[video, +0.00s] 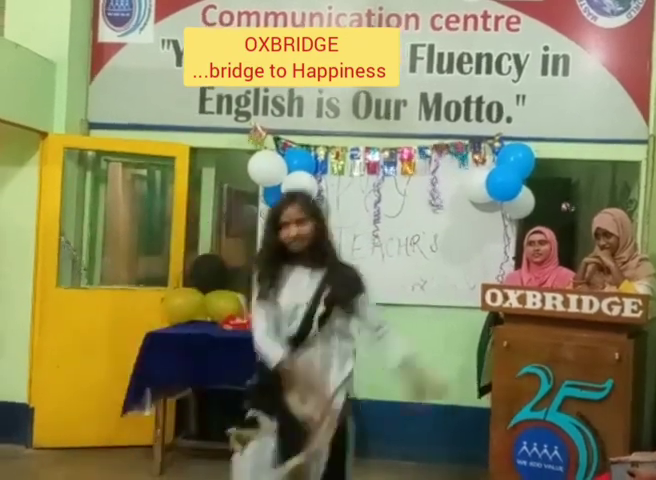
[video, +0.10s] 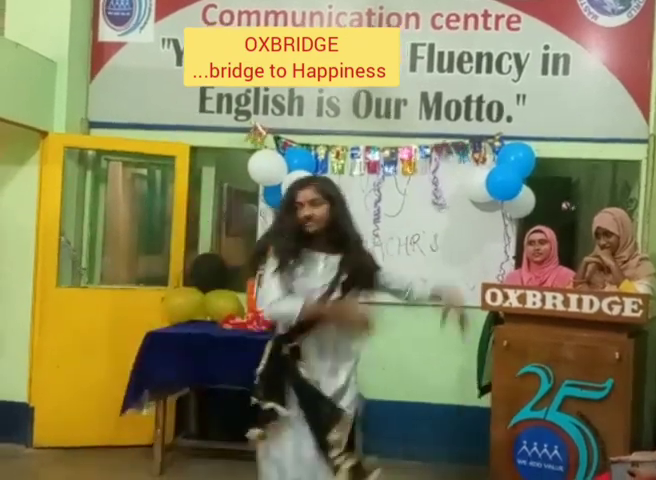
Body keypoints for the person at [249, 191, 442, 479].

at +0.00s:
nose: (293, 232)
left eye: (301, 223)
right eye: (284, 226)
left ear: (317, 225)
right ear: (276, 232)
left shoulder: (341, 277)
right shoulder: (268, 274)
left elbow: (377, 329)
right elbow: (261, 331)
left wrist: (411, 367)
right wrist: (283, 363)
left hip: (330, 394)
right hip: (284, 393)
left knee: (330, 471)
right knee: (286, 468)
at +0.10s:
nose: (306, 213)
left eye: (315, 204)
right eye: (298, 206)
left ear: (333, 208)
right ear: (292, 213)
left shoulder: (353, 260)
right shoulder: (280, 254)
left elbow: (401, 286)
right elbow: (272, 306)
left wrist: (442, 292)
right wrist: (329, 310)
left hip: (336, 382)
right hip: (286, 380)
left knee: (329, 465)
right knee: (285, 462)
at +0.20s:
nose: (321, 218)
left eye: (330, 210)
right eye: (314, 211)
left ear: (347, 216)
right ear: (306, 217)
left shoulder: (360, 259)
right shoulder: (295, 257)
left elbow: (415, 278)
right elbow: (287, 290)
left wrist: (446, 254)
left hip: (349, 379)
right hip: (303, 378)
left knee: (345, 461)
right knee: (303, 459)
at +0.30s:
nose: (323, 218)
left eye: (333, 210)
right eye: (317, 212)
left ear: (351, 216)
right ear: (311, 218)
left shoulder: (367, 265)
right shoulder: (297, 259)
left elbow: (430, 289)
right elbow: (298, 302)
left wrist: (450, 240)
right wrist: (345, 255)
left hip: (352, 378)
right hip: (306, 376)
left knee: (346, 459)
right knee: (303, 461)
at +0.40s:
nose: (319, 219)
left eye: (329, 210)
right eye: (313, 211)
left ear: (350, 216)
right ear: (306, 217)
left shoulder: (365, 264)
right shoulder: (293, 264)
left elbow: (411, 316)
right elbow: (291, 336)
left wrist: (454, 290)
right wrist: (341, 318)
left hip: (351, 383)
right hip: (303, 384)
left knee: (346, 465)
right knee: (298, 463)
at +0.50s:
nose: (315, 235)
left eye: (326, 227)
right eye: (309, 228)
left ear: (344, 233)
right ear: (302, 234)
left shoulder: (361, 285)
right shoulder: (287, 289)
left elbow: (383, 344)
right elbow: (281, 355)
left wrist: (436, 374)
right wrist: (306, 389)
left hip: (347, 396)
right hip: (299, 396)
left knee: (345, 470)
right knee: (294, 468)